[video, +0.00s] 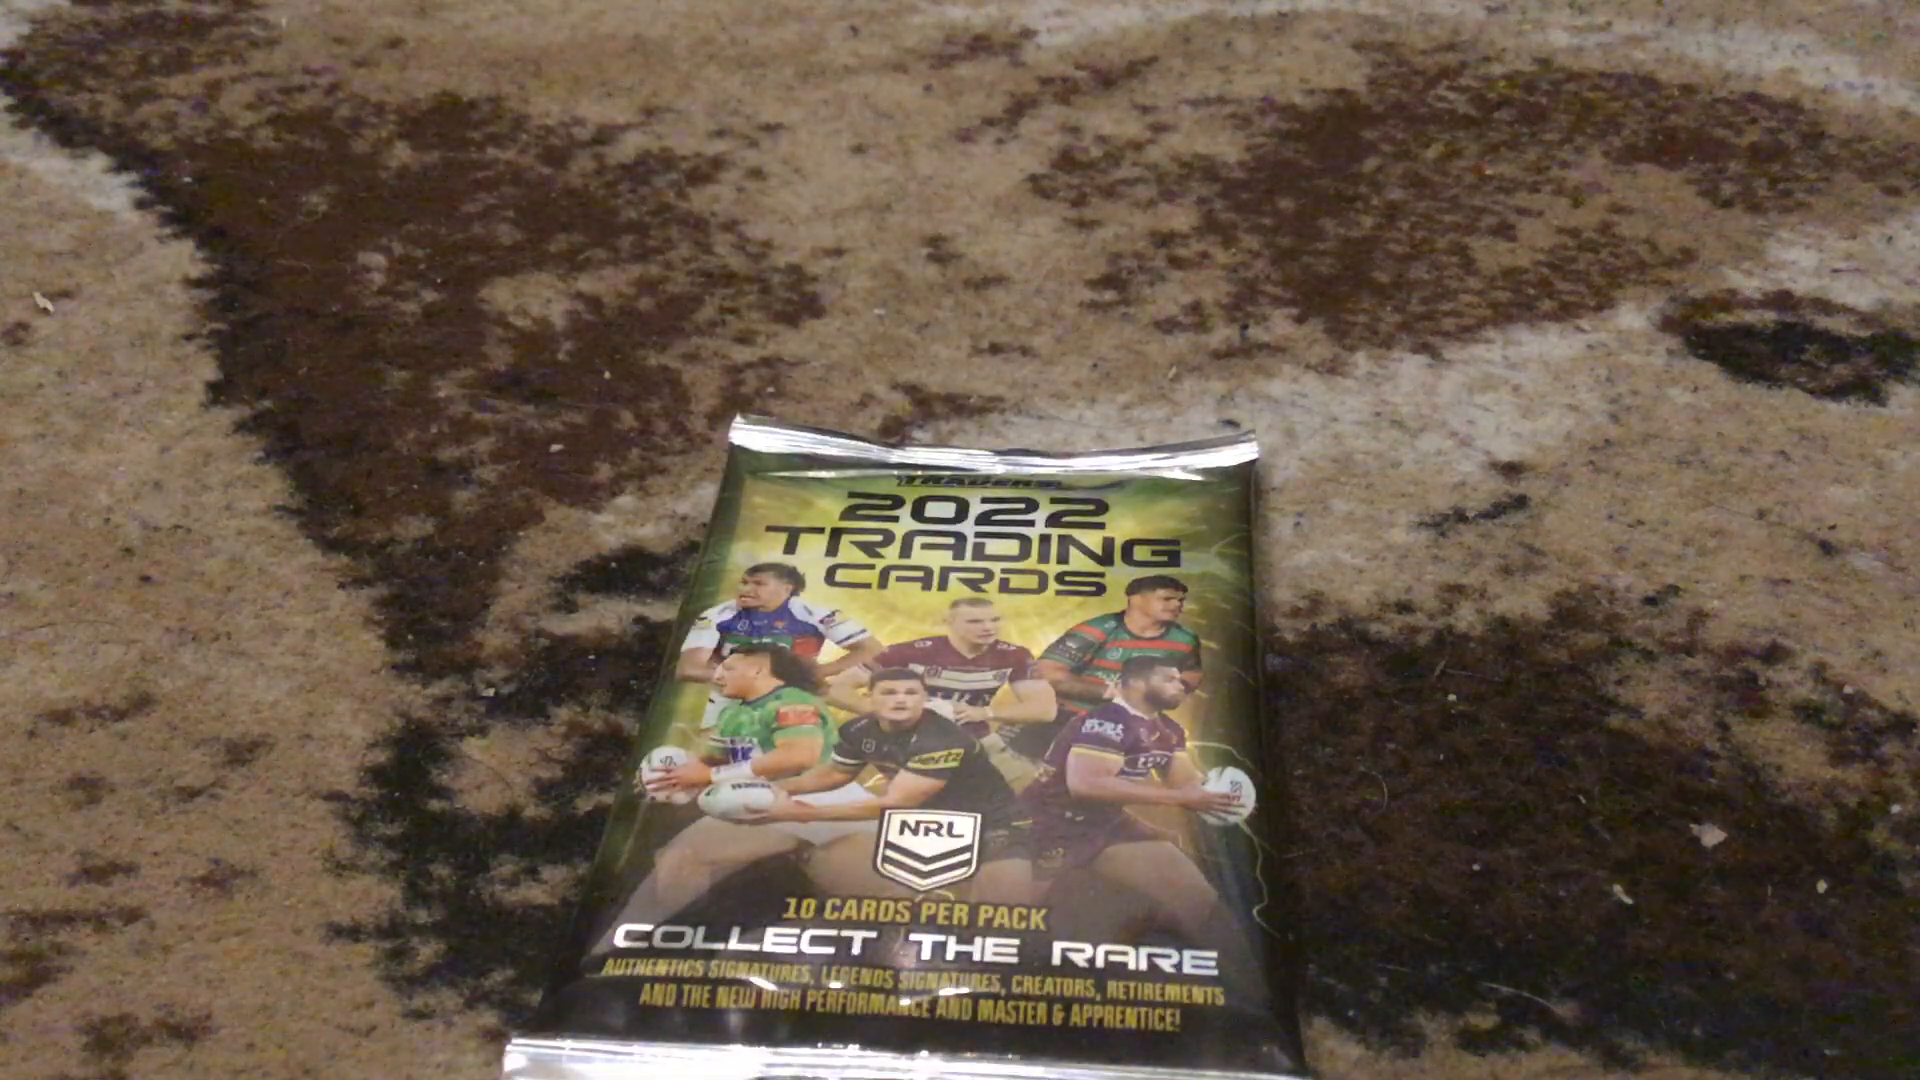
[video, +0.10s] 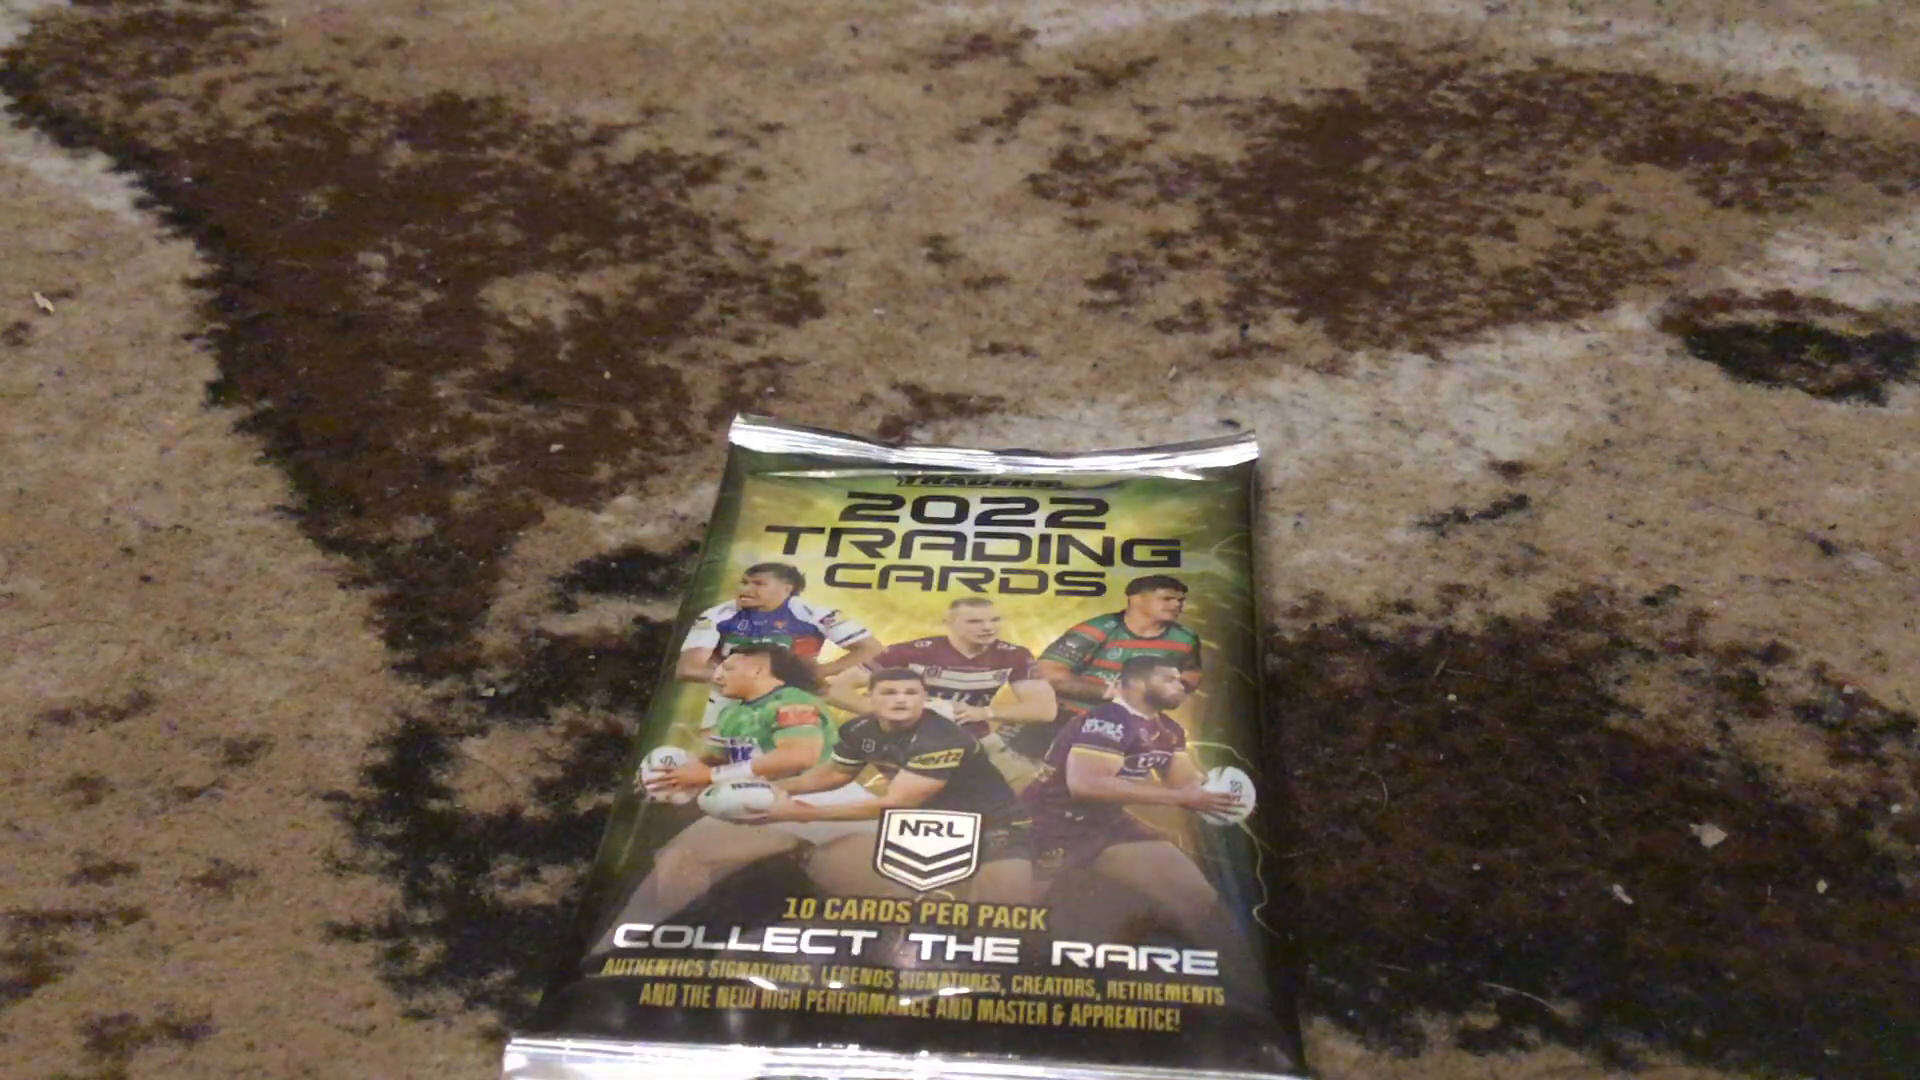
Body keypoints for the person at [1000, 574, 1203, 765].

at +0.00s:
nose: (1177, 606)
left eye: (1179, 601)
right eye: (1167, 599)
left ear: (1182, 603)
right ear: (1136, 599)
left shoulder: (1186, 641)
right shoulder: (1098, 630)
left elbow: (1192, 678)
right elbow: (1045, 671)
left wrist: (1151, 696)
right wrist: (1105, 691)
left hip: (1142, 728)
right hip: (1083, 725)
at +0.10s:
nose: (1176, 606)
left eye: (1179, 601)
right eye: (1167, 599)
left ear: (1182, 604)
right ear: (1136, 599)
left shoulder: (1186, 641)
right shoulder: (1099, 629)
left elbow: (1192, 676)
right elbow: (1045, 670)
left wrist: (1153, 697)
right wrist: (1105, 691)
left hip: (1142, 729)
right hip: (1084, 725)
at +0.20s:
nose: (1177, 606)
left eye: (1180, 601)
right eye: (1168, 599)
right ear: (1136, 598)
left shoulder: (1185, 641)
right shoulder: (1099, 629)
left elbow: (1193, 676)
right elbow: (1046, 671)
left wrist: (1153, 695)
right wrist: (1107, 691)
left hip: (1140, 728)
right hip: (1080, 723)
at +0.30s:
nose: (1177, 606)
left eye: (1180, 601)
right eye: (1168, 599)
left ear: (1182, 603)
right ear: (1136, 598)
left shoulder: (1186, 642)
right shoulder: (1099, 629)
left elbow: (1192, 676)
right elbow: (1045, 671)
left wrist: (1152, 697)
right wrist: (1104, 692)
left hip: (1141, 728)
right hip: (1082, 724)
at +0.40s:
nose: (1177, 606)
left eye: (1180, 601)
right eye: (1168, 599)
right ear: (1135, 599)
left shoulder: (1186, 642)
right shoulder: (1099, 629)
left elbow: (1192, 675)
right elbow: (1045, 671)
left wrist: (1153, 697)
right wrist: (1106, 692)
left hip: (1140, 728)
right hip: (1082, 724)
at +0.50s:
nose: (1177, 606)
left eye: (1179, 601)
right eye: (1168, 599)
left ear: (1183, 604)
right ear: (1135, 599)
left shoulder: (1186, 641)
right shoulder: (1099, 629)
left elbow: (1193, 675)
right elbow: (1044, 671)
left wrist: (1154, 697)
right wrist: (1106, 692)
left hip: (1141, 728)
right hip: (1082, 724)